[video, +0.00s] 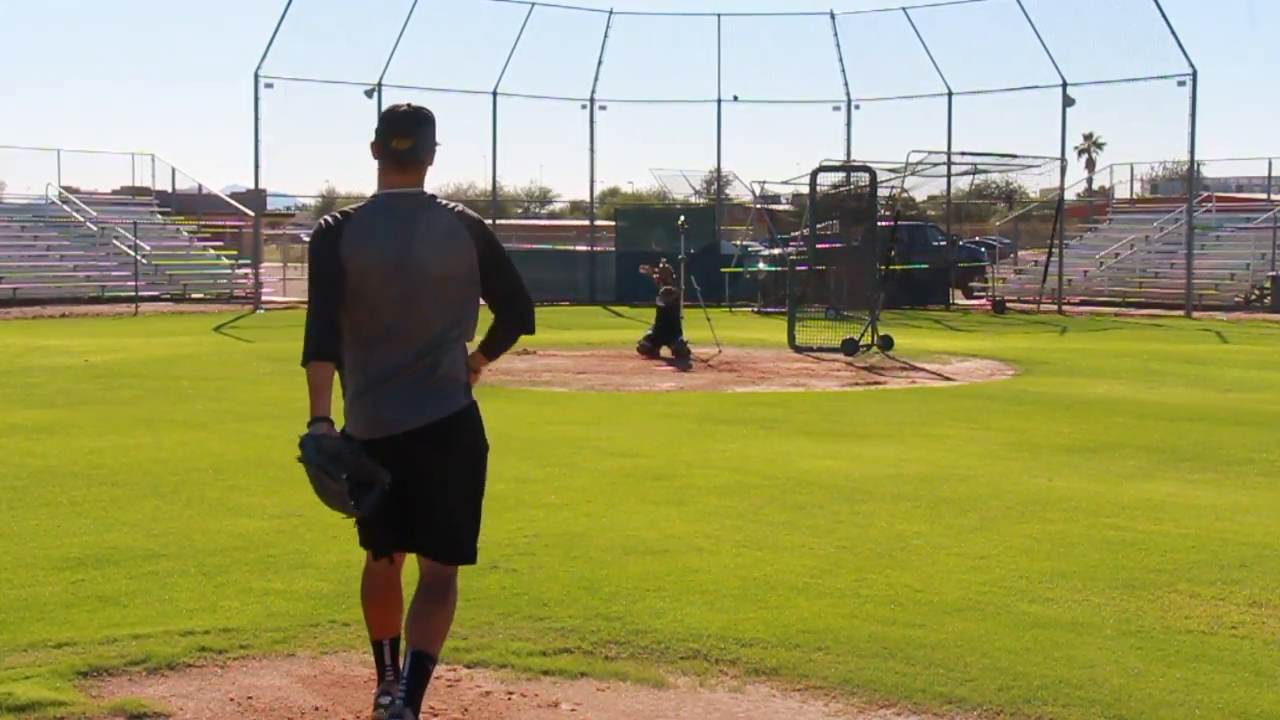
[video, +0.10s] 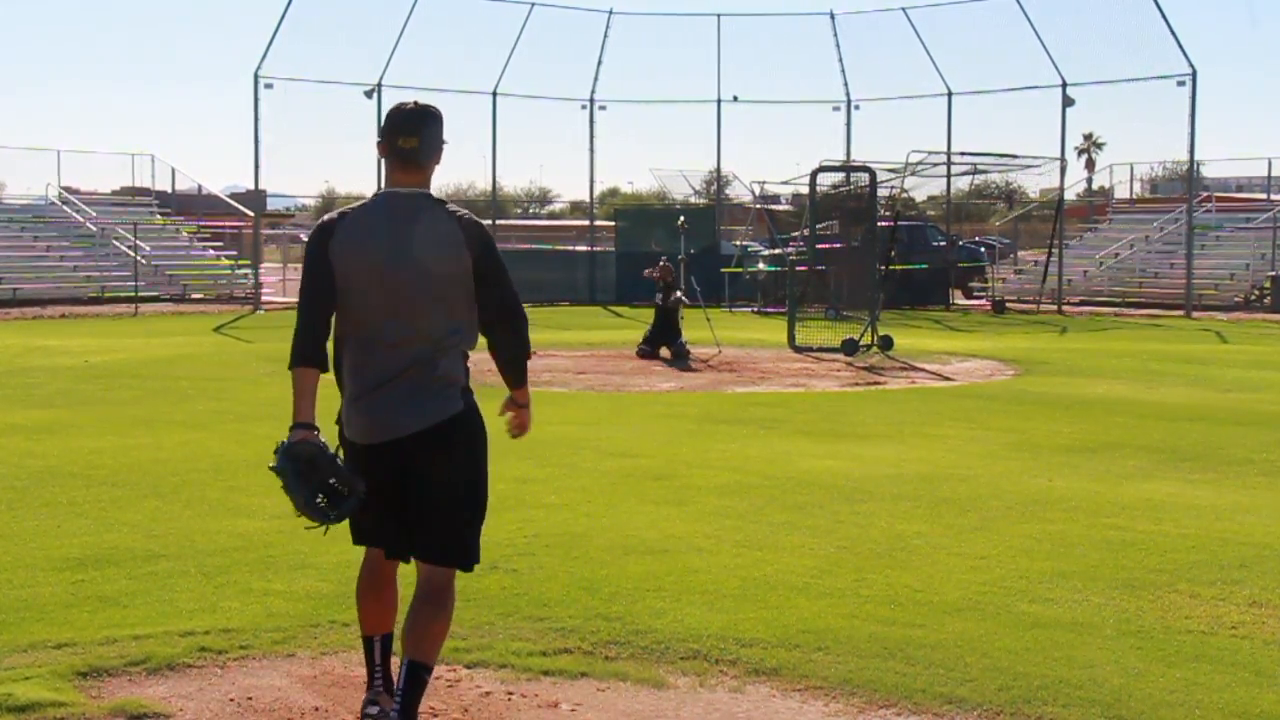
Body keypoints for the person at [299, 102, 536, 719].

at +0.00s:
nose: (409, 160)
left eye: (391, 147)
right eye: (425, 151)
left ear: (375, 154)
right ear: (433, 156)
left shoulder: (337, 235)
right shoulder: (467, 228)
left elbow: (322, 334)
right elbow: (517, 312)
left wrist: (320, 421)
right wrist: (478, 359)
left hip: (372, 428)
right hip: (450, 424)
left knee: (382, 559)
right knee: (440, 571)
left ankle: (389, 683)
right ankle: (407, 699)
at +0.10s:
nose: (431, 158)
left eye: (397, 146)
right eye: (437, 149)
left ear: (381, 150)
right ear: (438, 154)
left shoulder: (333, 235)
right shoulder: (467, 233)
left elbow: (309, 336)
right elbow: (504, 323)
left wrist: (303, 424)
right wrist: (519, 390)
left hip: (368, 428)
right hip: (447, 425)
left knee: (379, 555)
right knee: (437, 575)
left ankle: (380, 690)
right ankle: (406, 706)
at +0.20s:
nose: (437, 154)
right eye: (444, 146)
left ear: (385, 146)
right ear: (445, 152)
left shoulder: (335, 230)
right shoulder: (463, 233)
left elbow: (302, 335)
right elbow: (493, 345)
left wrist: (292, 424)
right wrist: (542, 415)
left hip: (364, 430)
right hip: (443, 428)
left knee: (377, 550)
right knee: (433, 575)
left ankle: (363, 686)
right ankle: (403, 712)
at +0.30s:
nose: (441, 151)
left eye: (423, 139)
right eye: (445, 143)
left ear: (385, 143)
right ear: (445, 148)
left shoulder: (335, 227)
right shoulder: (458, 231)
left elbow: (303, 329)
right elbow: (496, 341)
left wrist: (293, 414)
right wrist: (544, 429)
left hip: (360, 432)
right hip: (439, 430)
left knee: (371, 551)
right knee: (429, 576)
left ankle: (352, 671)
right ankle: (401, 713)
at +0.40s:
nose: (444, 148)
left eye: (434, 138)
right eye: (446, 140)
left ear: (384, 140)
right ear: (442, 145)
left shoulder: (336, 221)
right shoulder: (449, 227)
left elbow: (313, 321)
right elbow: (490, 344)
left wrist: (313, 389)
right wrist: (535, 434)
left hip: (354, 429)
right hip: (435, 430)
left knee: (364, 559)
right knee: (427, 576)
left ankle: (351, 673)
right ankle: (402, 713)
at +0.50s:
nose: (437, 147)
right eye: (441, 138)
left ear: (379, 139)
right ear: (440, 144)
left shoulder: (333, 219)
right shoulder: (444, 227)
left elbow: (325, 318)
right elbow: (472, 348)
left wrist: (384, 345)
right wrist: (513, 439)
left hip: (350, 437)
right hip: (431, 437)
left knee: (359, 574)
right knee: (423, 581)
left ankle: (360, 706)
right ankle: (404, 713)